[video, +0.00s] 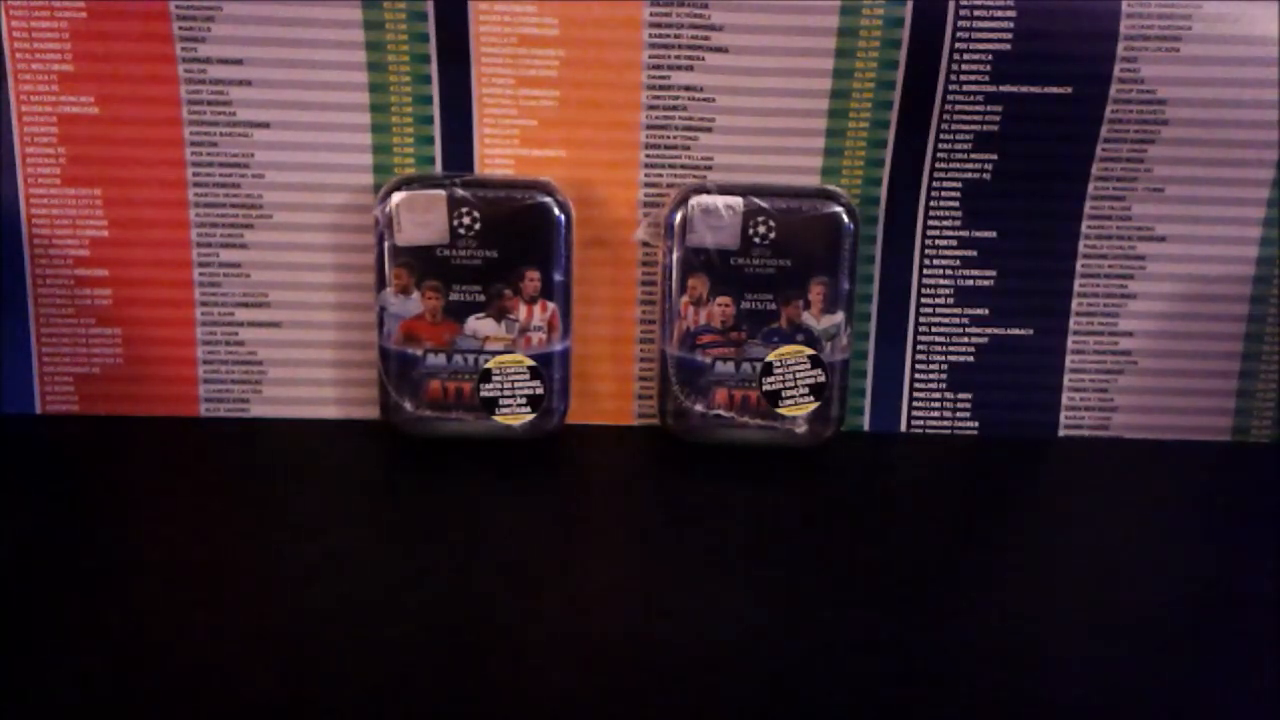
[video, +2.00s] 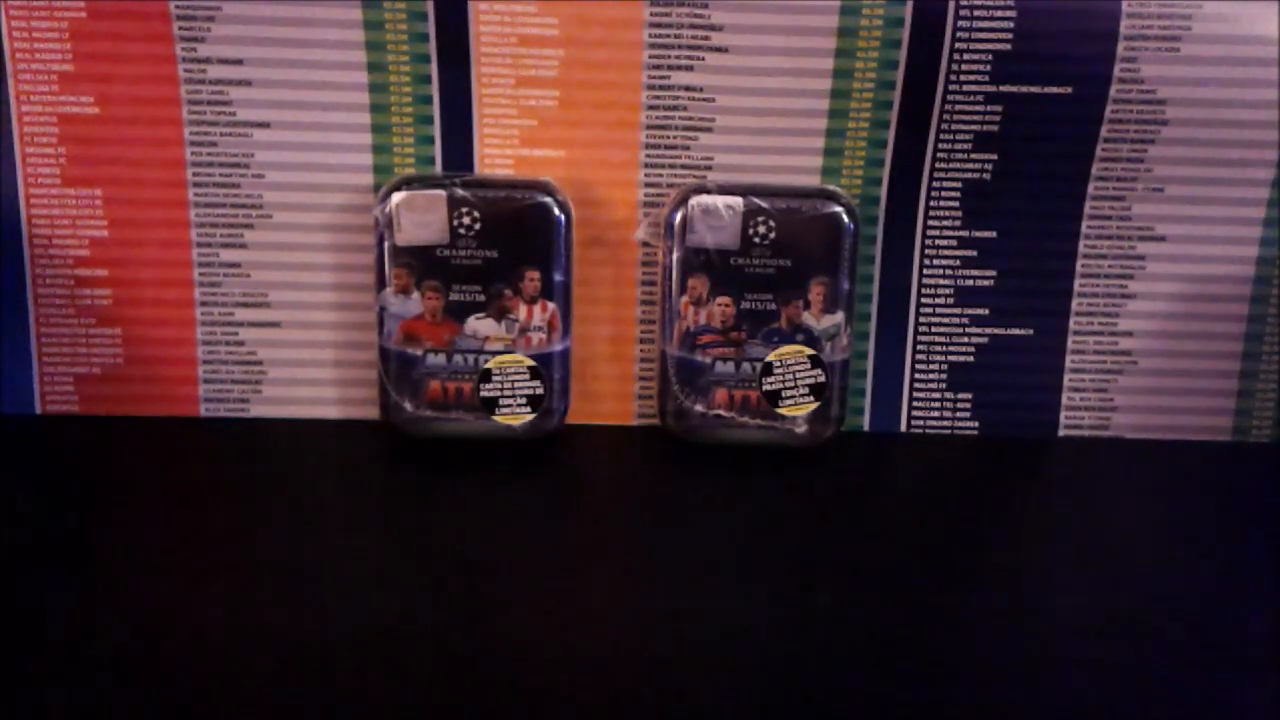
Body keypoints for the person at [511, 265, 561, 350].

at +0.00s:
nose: (536, 285)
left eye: (539, 281)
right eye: (531, 280)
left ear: (541, 283)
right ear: (521, 284)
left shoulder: (551, 308)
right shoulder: (511, 306)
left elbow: (556, 337)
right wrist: (521, 329)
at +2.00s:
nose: (536, 285)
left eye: (538, 281)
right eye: (531, 280)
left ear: (541, 283)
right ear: (521, 284)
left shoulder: (551, 308)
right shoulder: (511, 306)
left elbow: (556, 337)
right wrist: (520, 329)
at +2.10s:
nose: (536, 285)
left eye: (538, 281)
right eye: (531, 280)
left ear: (541, 283)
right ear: (521, 284)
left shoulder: (551, 308)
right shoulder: (511, 306)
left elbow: (556, 337)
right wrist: (520, 329)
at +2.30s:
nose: (536, 285)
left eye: (538, 281)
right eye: (531, 280)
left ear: (541, 283)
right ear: (521, 284)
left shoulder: (551, 308)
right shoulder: (511, 306)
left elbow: (556, 338)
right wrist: (520, 329)